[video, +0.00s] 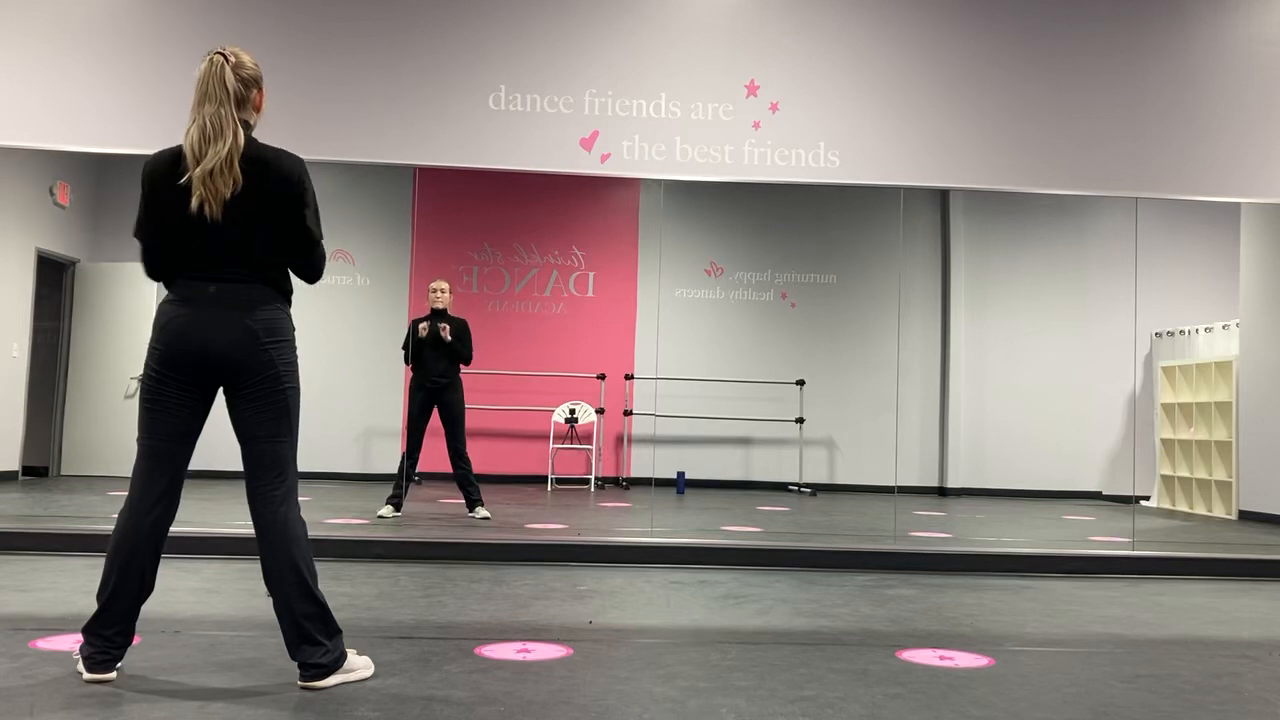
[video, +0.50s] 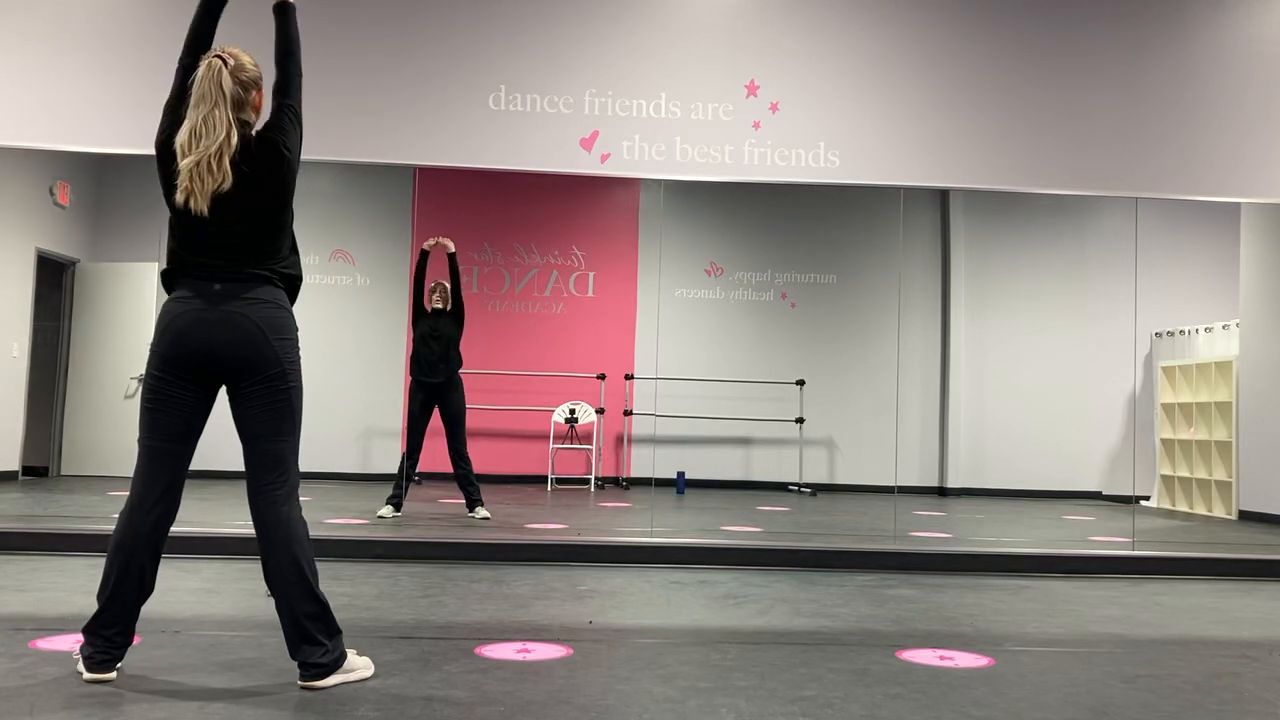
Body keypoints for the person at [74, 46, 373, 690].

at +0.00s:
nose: (266, 102)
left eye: (263, 92)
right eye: (264, 94)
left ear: (200, 96)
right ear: (253, 99)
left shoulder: (162, 168)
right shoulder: (285, 171)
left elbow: (154, 265)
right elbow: (311, 266)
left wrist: (207, 252)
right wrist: (271, 228)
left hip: (179, 326)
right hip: (260, 329)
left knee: (150, 488)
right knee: (274, 494)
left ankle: (101, 649)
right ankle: (319, 656)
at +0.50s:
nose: (264, 99)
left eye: (257, 88)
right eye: (262, 89)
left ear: (197, 93)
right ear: (253, 97)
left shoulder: (175, 146)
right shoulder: (274, 147)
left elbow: (192, 60)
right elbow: (288, 77)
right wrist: (286, 2)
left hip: (183, 319)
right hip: (262, 320)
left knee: (152, 488)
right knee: (276, 494)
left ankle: (102, 647)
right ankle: (318, 656)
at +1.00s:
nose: (264, 99)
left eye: (245, 84)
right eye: (261, 89)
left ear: (200, 94)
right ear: (256, 98)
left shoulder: (178, 146)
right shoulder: (277, 146)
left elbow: (163, 60)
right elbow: (312, 63)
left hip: (184, 319)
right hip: (262, 319)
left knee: (152, 487)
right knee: (275, 494)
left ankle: (102, 647)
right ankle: (318, 656)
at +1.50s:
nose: (268, 99)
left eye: (262, 88)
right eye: (265, 89)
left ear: (205, 97)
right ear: (257, 98)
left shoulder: (176, 157)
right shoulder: (283, 156)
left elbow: (114, 91)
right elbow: (349, 91)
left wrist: (47, 11)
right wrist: (410, 23)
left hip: (183, 321)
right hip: (263, 322)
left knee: (151, 488)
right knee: (275, 496)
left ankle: (102, 648)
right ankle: (319, 657)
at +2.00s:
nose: (265, 104)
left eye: (260, 94)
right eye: (263, 95)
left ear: (201, 98)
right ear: (253, 100)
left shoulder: (167, 159)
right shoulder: (281, 161)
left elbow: (77, 143)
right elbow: (374, 149)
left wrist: (2, 116)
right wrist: (462, 130)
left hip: (182, 316)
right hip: (260, 317)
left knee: (150, 491)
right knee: (275, 494)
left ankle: (101, 650)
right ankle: (319, 657)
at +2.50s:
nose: (263, 104)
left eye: (258, 95)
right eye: (262, 95)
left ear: (198, 97)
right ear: (252, 100)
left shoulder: (162, 168)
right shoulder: (280, 167)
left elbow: (98, 226)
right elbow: (360, 221)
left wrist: (21, 267)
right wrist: (444, 262)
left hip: (180, 324)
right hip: (260, 325)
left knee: (150, 491)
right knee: (275, 493)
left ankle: (101, 649)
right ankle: (319, 656)